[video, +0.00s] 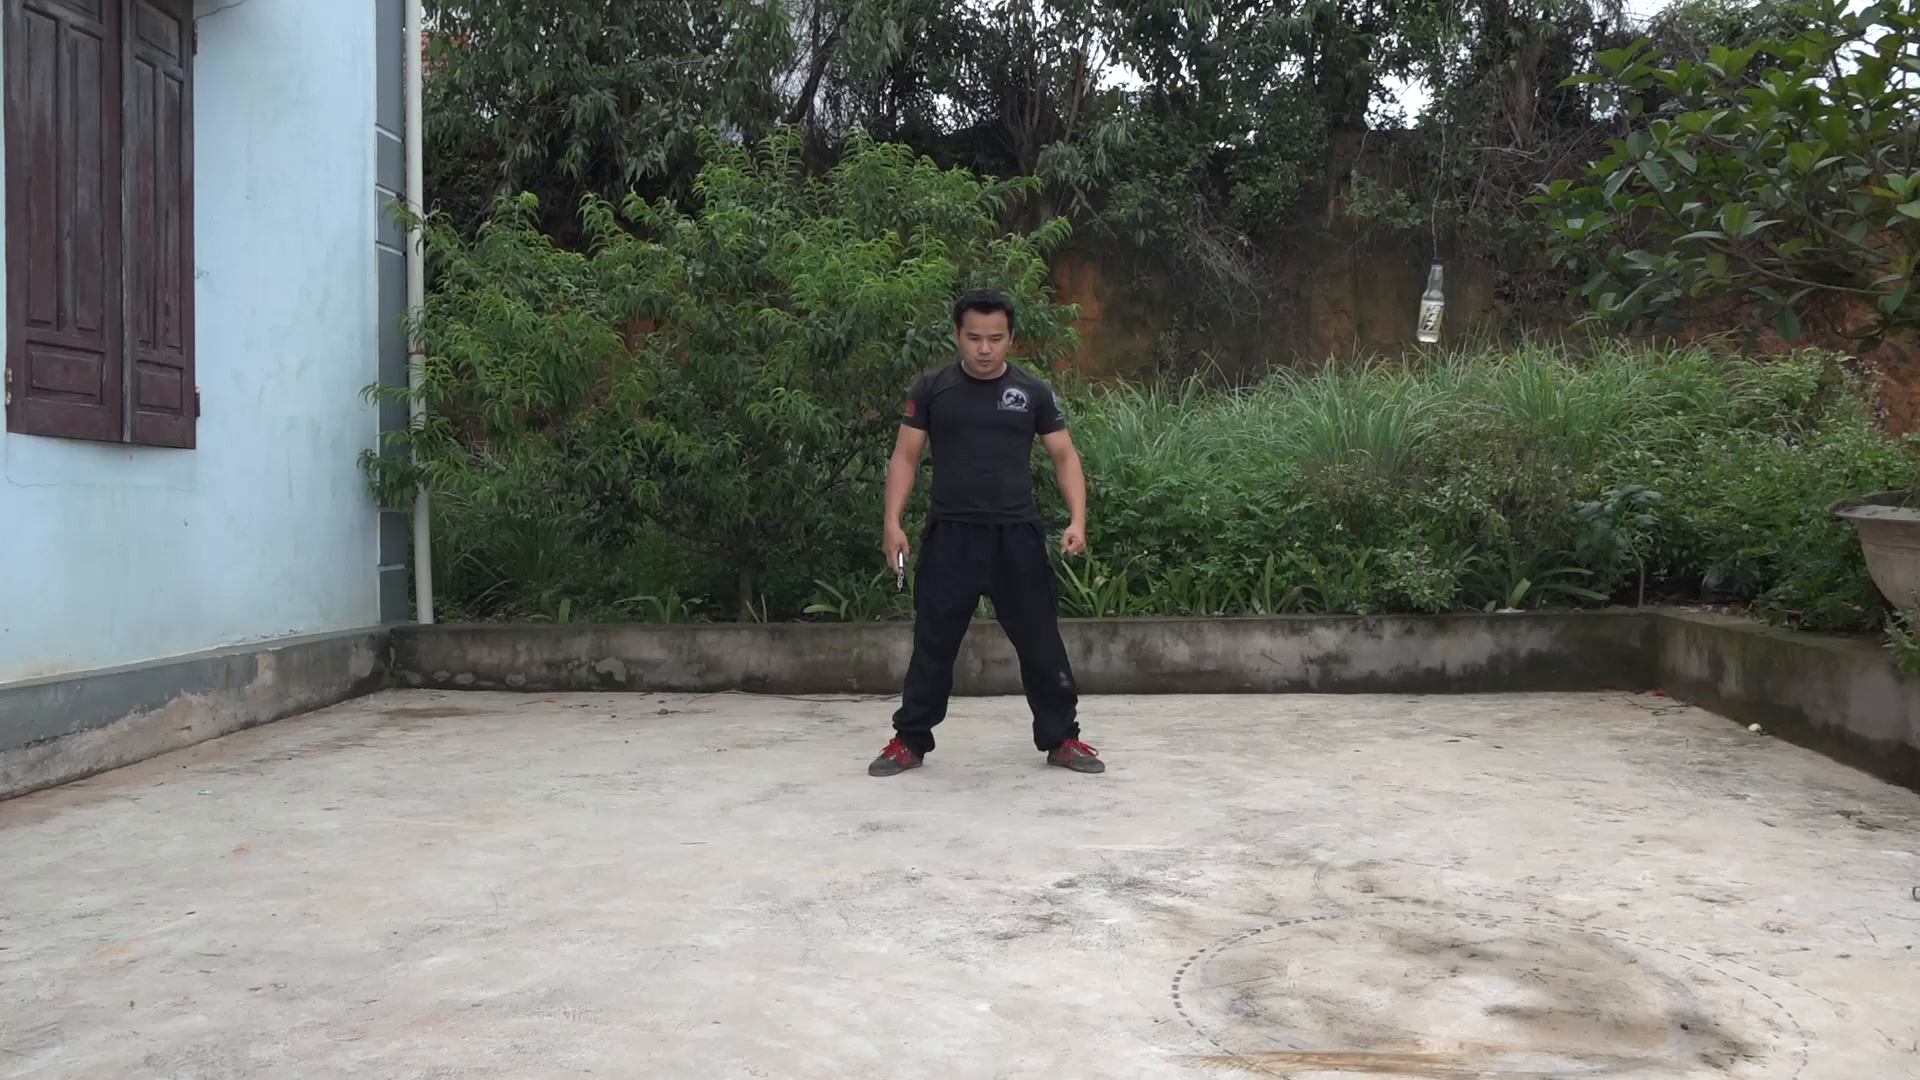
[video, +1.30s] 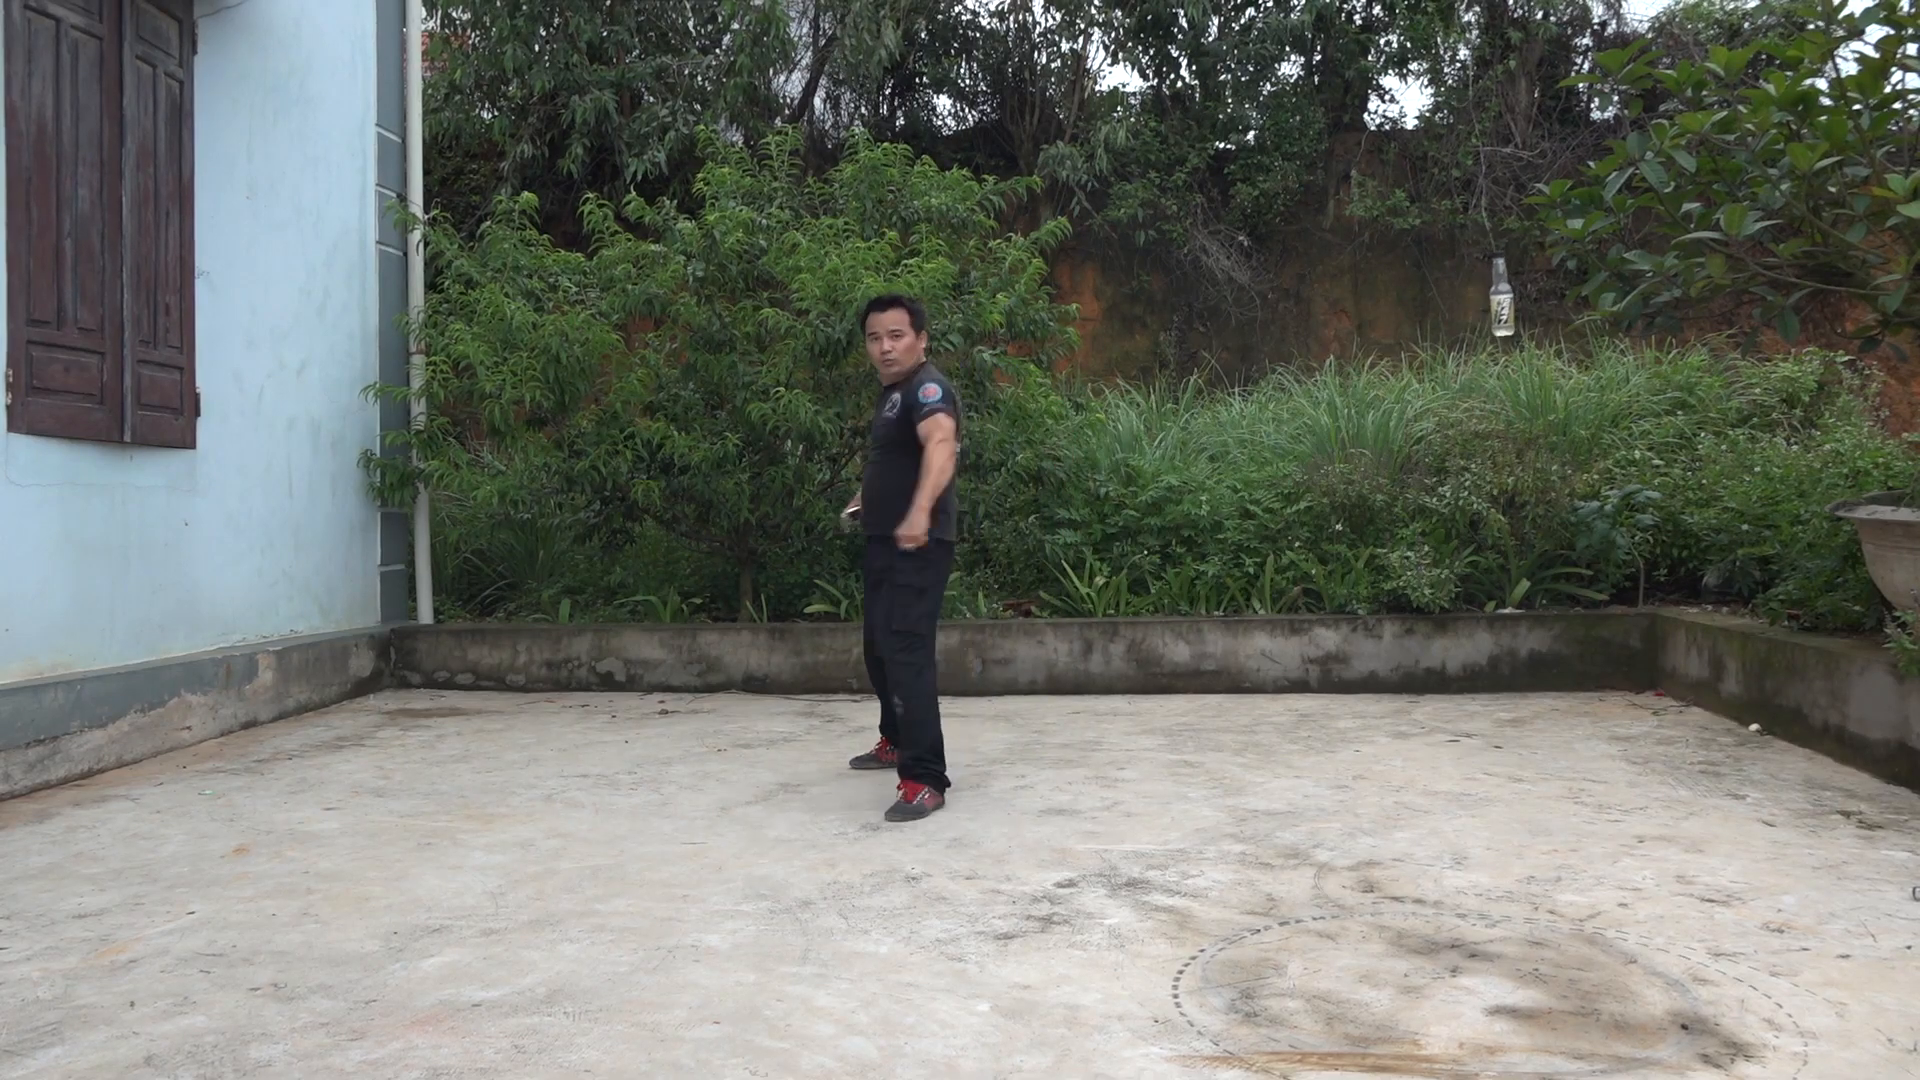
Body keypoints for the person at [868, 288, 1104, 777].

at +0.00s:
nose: (984, 348)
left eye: (995, 338)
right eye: (974, 337)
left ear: (1009, 340)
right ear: (958, 338)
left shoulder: (1033, 393)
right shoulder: (931, 389)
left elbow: (1064, 456)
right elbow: (905, 456)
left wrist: (1077, 517)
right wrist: (892, 521)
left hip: (1018, 537)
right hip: (950, 536)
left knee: (1041, 640)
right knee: (932, 642)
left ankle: (1062, 740)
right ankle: (910, 741)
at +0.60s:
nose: (937, 358)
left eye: (945, 348)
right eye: (934, 348)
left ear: (980, 343)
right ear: (934, 346)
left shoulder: (1022, 387)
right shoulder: (928, 391)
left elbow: (1062, 450)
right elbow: (905, 462)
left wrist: (1026, 512)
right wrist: (887, 529)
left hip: (1012, 537)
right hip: (948, 538)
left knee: (1043, 638)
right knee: (928, 639)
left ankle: (1061, 739)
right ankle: (911, 740)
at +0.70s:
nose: (913, 361)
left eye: (918, 352)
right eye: (911, 352)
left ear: (949, 348)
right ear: (941, 350)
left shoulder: (1004, 386)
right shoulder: (918, 393)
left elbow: (1005, 452)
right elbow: (899, 462)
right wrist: (894, 533)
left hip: (998, 541)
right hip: (935, 541)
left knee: (1030, 639)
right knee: (915, 641)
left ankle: (1059, 739)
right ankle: (906, 741)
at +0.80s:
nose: (893, 361)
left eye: (896, 352)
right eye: (891, 353)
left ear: (925, 347)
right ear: (920, 348)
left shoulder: (978, 380)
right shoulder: (906, 392)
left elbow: (921, 431)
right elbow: (885, 455)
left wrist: (881, 416)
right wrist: (916, 495)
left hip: (970, 536)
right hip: (916, 535)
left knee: (999, 638)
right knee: (906, 641)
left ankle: (1047, 734)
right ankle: (905, 740)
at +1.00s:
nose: (876, 352)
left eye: (882, 340)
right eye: (871, 344)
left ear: (915, 334)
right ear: (875, 346)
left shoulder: (948, 373)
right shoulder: (891, 387)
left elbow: (877, 417)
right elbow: (859, 447)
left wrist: (855, 401)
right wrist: (897, 443)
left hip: (948, 529)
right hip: (902, 530)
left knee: (950, 641)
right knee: (904, 641)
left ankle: (968, 754)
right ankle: (906, 742)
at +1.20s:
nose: (891, 345)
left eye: (900, 333)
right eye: (880, 338)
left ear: (924, 337)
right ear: (873, 349)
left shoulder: (934, 380)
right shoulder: (889, 393)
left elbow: (891, 445)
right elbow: (866, 455)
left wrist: (851, 435)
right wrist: (864, 471)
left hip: (931, 539)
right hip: (895, 538)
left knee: (928, 649)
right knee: (890, 643)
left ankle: (932, 771)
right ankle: (901, 739)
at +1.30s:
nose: (885, 346)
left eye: (896, 336)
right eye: (876, 338)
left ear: (920, 340)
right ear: (867, 347)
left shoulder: (926, 387)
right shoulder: (894, 395)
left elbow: (942, 448)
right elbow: (893, 461)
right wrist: (869, 497)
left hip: (915, 543)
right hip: (885, 542)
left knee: (907, 654)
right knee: (881, 648)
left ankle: (926, 781)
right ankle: (897, 742)